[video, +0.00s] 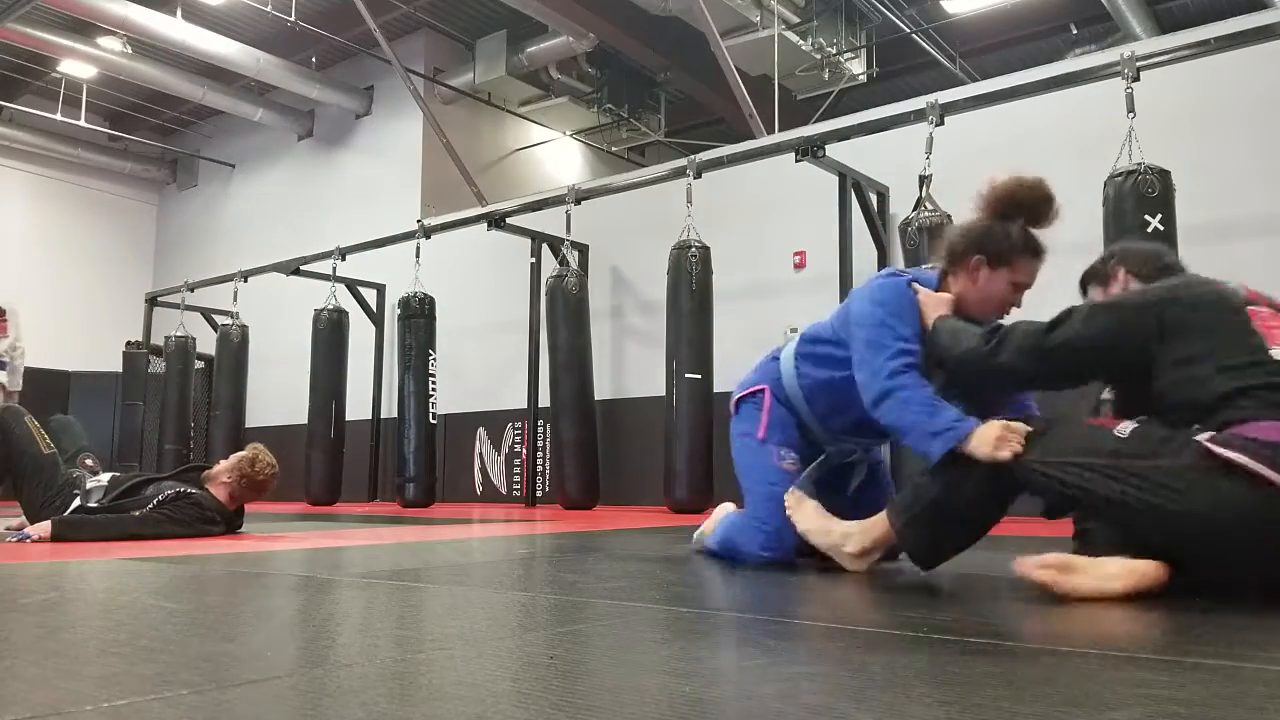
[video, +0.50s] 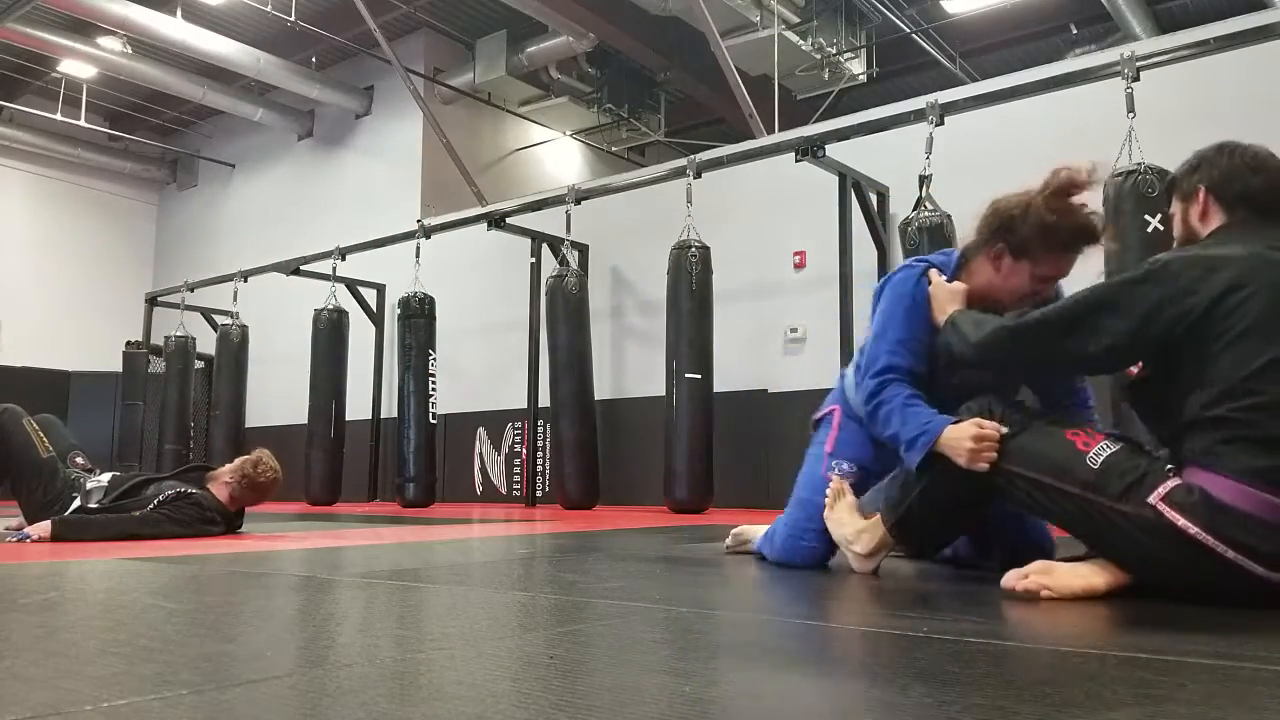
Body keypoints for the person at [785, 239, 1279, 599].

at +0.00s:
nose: (1095, 314)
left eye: (1098, 302)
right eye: (1094, 305)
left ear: (1123, 280)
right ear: (1160, 276)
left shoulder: (1148, 310)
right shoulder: (1221, 311)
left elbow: (1015, 354)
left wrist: (940, 320)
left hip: (1241, 496)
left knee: (1025, 438)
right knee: (1102, 448)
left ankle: (866, 536)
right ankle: (1115, 555)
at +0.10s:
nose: (1129, 282)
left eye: (1131, 268)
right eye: (1128, 270)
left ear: (1160, 251)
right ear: (1216, 247)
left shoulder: (1188, 283)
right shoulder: (1257, 289)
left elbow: (1045, 347)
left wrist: (952, 321)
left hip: (1234, 494)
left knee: (1021, 430)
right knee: (1137, 438)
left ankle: (876, 537)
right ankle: (1117, 549)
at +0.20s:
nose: (1159, 265)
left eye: (1164, 249)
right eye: (1160, 252)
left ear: (1197, 235)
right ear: (1253, 237)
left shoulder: (1207, 277)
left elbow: (1042, 343)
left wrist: (952, 318)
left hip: (1223, 505)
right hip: (1267, 536)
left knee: (1010, 422)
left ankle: (878, 537)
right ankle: (1125, 556)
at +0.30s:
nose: (1173, 254)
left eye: (1176, 238)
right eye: (1173, 240)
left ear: (1208, 223)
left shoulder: (1218, 268)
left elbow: (1061, 341)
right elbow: (1155, 416)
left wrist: (952, 327)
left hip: (1215, 513)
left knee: (994, 431)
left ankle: (881, 538)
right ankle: (1126, 555)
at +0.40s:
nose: (1171, 239)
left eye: (1177, 223)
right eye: (1172, 225)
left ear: (1209, 213)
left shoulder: (1208, 269)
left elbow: (1060, 338)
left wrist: (952, 325)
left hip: (1219, 522)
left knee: (989, 427)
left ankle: (876, 532)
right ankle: (1116, 563)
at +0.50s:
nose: (1171, 232)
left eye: (1175, 218)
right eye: (1172, 219)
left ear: (1204, 205)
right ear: (1267, 209)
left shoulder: (1198, 271)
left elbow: (1044, 334)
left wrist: (953, 318)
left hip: (1216, 532)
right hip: (1272, 554)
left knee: (994, 432)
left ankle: (873, 533)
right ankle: (1112, 564)